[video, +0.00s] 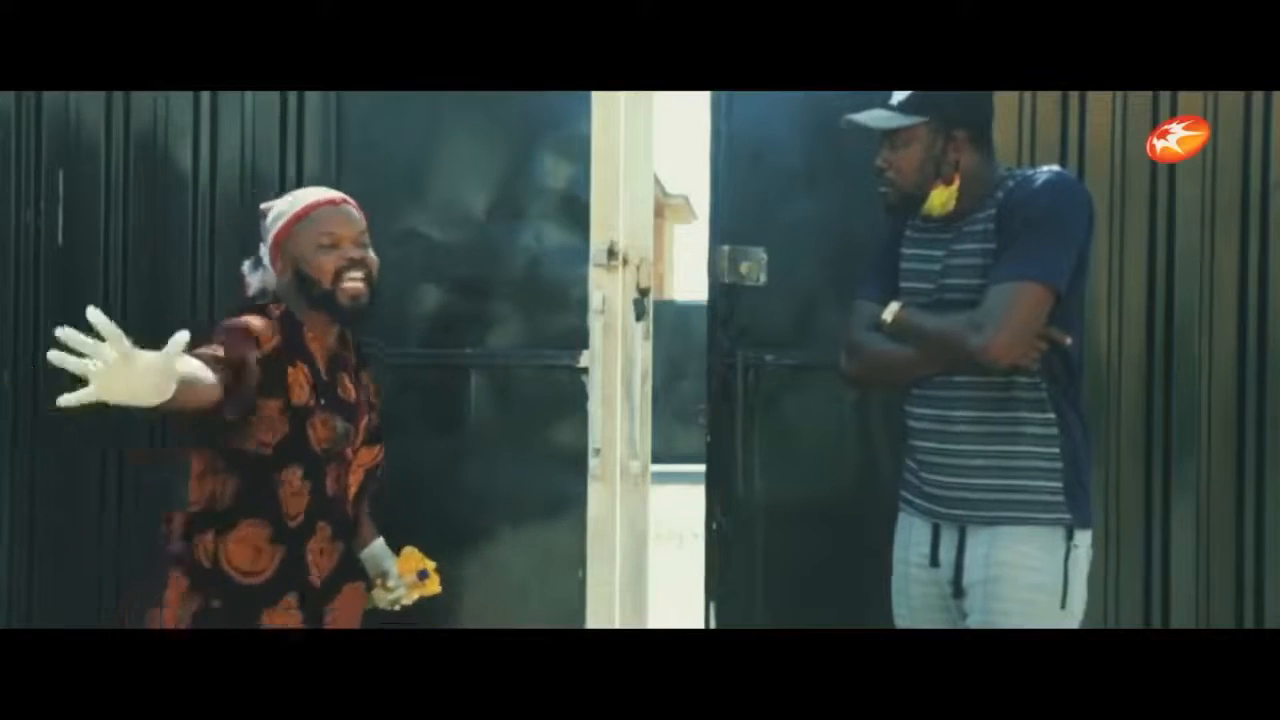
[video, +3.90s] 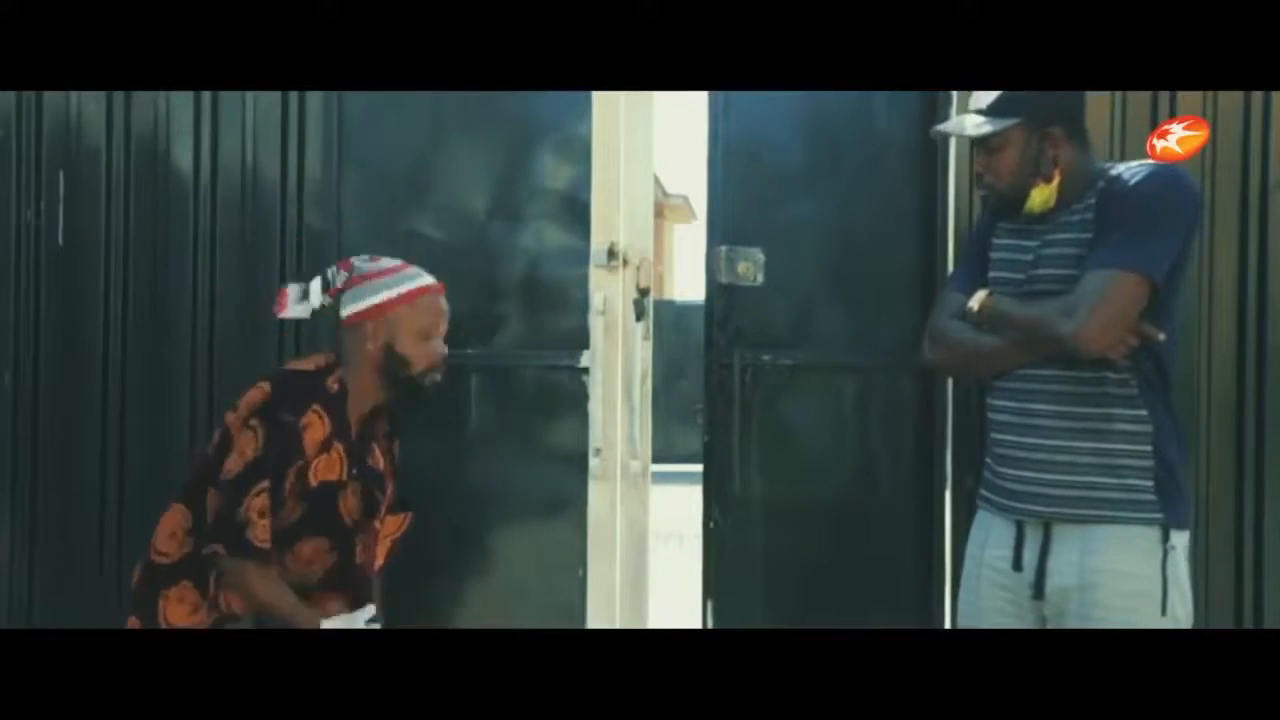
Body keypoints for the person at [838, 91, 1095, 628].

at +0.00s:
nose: (879, 162)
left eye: (896, 144)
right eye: (880, 145)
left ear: (956, 144)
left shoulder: (1048, 195)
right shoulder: (905, 221)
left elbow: (997, 343)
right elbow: (856, 359)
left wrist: (894, 316)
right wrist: (982, 339)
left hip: (1027, 521)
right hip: (923, 511)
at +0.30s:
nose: (941, 159)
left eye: (959, 142)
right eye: (943, 143)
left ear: (1016, 149)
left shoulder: (1097, 210)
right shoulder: (969, 230)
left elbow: (1012, 343)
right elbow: (891, 341)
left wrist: (925, 304)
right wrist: (1001, 342)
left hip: (1038, 536)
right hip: (933, 518)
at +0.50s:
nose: (989, 155)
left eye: (1007, 137)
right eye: (990, 137)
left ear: (1064, 144)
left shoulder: (1152, 206)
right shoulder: (998, 226)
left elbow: (1079, 339)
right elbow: (928, 340)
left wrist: (974, 302)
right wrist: (1052, 335)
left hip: (1088, 533)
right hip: (973, 519)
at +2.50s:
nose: (991, 154)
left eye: (1008, 138)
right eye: (990, 138)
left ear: (1067, 138)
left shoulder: (1163, 190)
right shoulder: (1005, 216)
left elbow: (1095, 329)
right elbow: (941, 342)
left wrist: (984, 300)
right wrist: (1071, 329)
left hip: (1120, 527)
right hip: (1002, 515)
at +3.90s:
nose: (977, 168)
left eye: (992, 148)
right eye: (975, 149)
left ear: (1054, 143)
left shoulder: (1154, 188)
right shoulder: (998, 216)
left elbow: (1092, 330)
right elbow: (939, 344)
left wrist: (983, 303)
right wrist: (1067, 327)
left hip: (1121, 528)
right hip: (1002, 517)